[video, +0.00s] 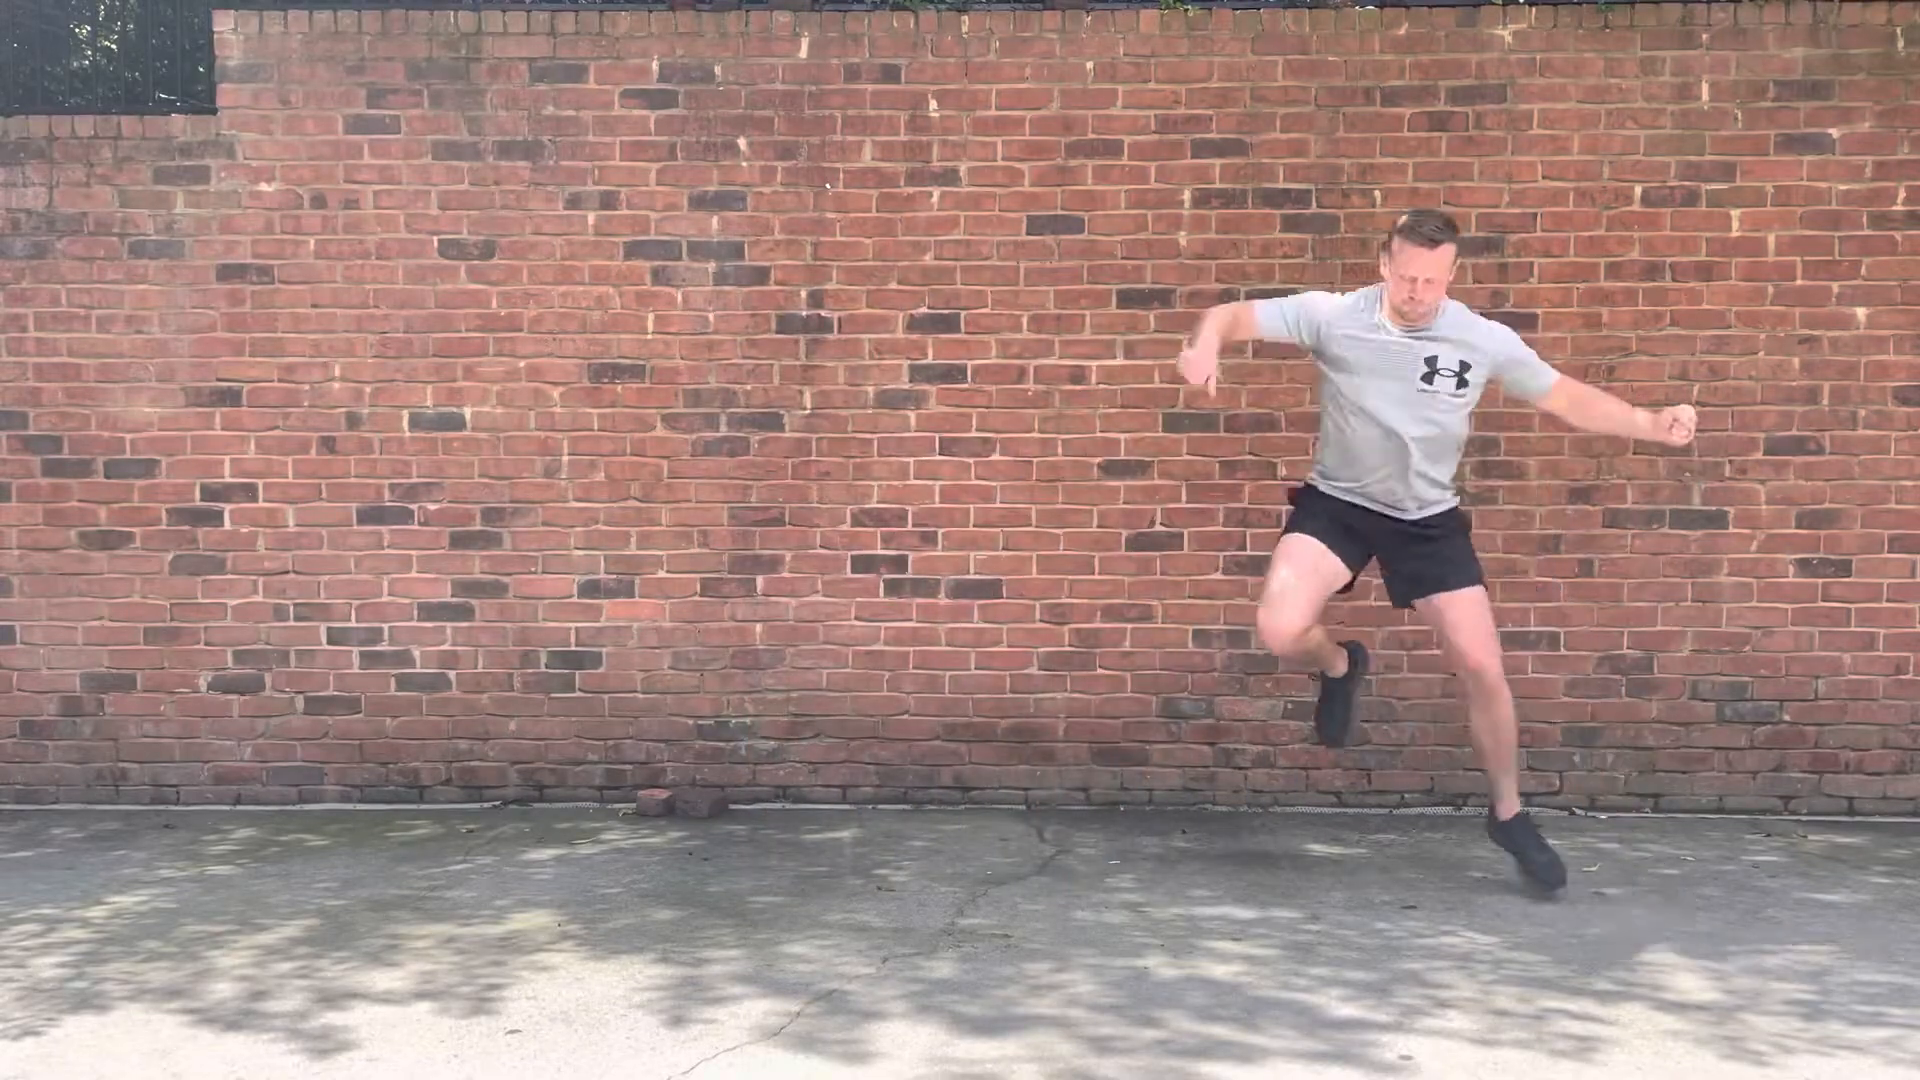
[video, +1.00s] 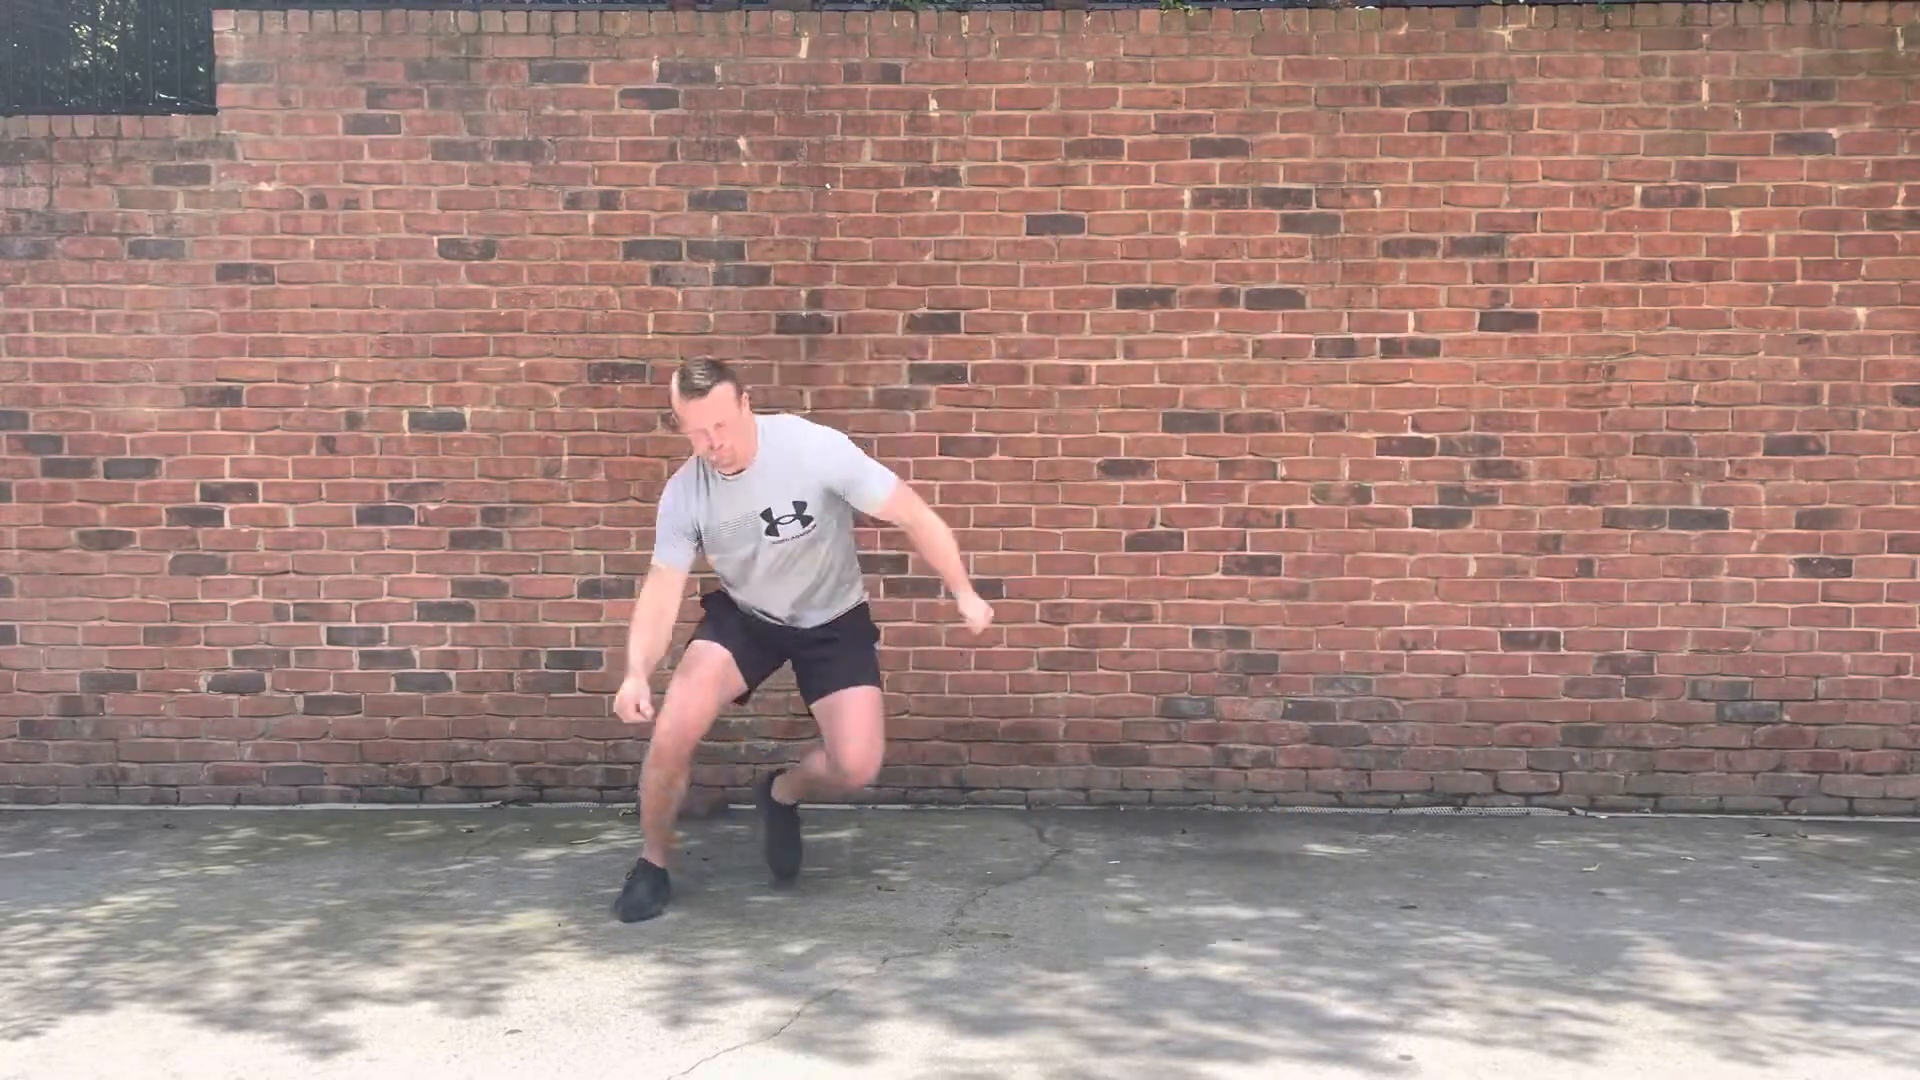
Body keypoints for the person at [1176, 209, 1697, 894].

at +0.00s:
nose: (1418, 293)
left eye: (1433, 281)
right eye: (1406, 277)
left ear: (1452, 277)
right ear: (1384, 264)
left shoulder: (1483, 340)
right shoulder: (1333, 316)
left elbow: (1566, 396)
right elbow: (1231, 316)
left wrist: (1651, 425)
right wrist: (1204, 345)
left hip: (1430, 521)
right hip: (1335, 505)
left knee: (1482, 664)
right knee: (1277, 631)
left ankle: (1507, 814)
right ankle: (1341, 665)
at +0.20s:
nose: (1312, 310)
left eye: (1329, 299)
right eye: (1304, 293)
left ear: (1354, 296)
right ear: (1288, 278)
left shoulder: (1368, 375)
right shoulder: (1231, 331)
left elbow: (1398, 467)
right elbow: (1172, 388)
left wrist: (1451, 519)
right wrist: (1127, 450)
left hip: (1304, 543)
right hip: (1216, 528)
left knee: (1299, 699)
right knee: (1195, 675)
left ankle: (1285, 843)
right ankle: (1247, 732)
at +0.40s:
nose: (1168, 313)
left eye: (1185, 304)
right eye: (1161, 298)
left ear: (1215, 305)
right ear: (1151, 288)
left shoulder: (1233, 385)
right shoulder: (1102, 332)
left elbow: (1295, 489)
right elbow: (1005, 352)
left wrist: (1281, 441)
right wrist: (1003, 312)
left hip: (1169, 549)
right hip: (1082, 523)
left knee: (1211, 686)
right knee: (984, 608)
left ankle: (1270, 838)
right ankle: (1017, 720)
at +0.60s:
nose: (974, 284)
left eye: (988, 271)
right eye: (964, 270)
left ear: (1021, 262)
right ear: (953, 263)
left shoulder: (1061, 338)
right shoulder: (923, 303)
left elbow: (1129, 432)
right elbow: (830, 305)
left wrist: (1080, 447)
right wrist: (734, 313)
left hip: (1013, 517)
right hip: (920, 500)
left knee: (1073, 675)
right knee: (828, 629)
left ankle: (1075, 759)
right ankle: (765, 770)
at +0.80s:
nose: (777, 406)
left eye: (789, 390)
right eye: (765, 393)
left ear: (821, 377)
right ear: (754, 387)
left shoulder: (881, 435)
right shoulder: (745, 436)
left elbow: (936, 517)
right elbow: (689, 461)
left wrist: (861, 550)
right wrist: (615, 495)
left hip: (865, 618)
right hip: (777, 603)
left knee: (878, 779)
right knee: (706, 732)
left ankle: (824, 749)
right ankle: (658, 864)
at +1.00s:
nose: (711, 443)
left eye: (719, 426)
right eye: (697, 433)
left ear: (746, 404)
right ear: (682, 428)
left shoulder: (817, 451)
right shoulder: (684, 495)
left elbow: (914, 515)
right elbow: (661, 587)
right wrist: (636, 672)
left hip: (834, 620)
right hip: (745, 617)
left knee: (856, 766)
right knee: (674, 724)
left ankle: (780, 793)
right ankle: (652, 863)